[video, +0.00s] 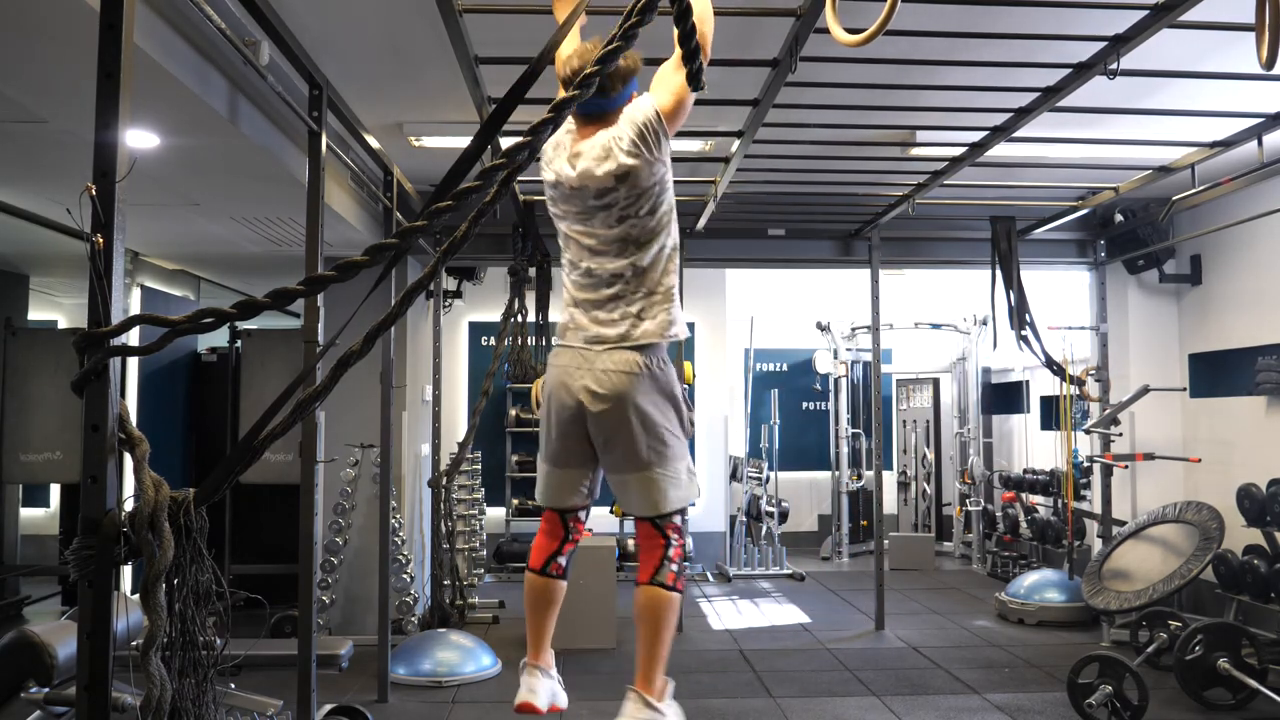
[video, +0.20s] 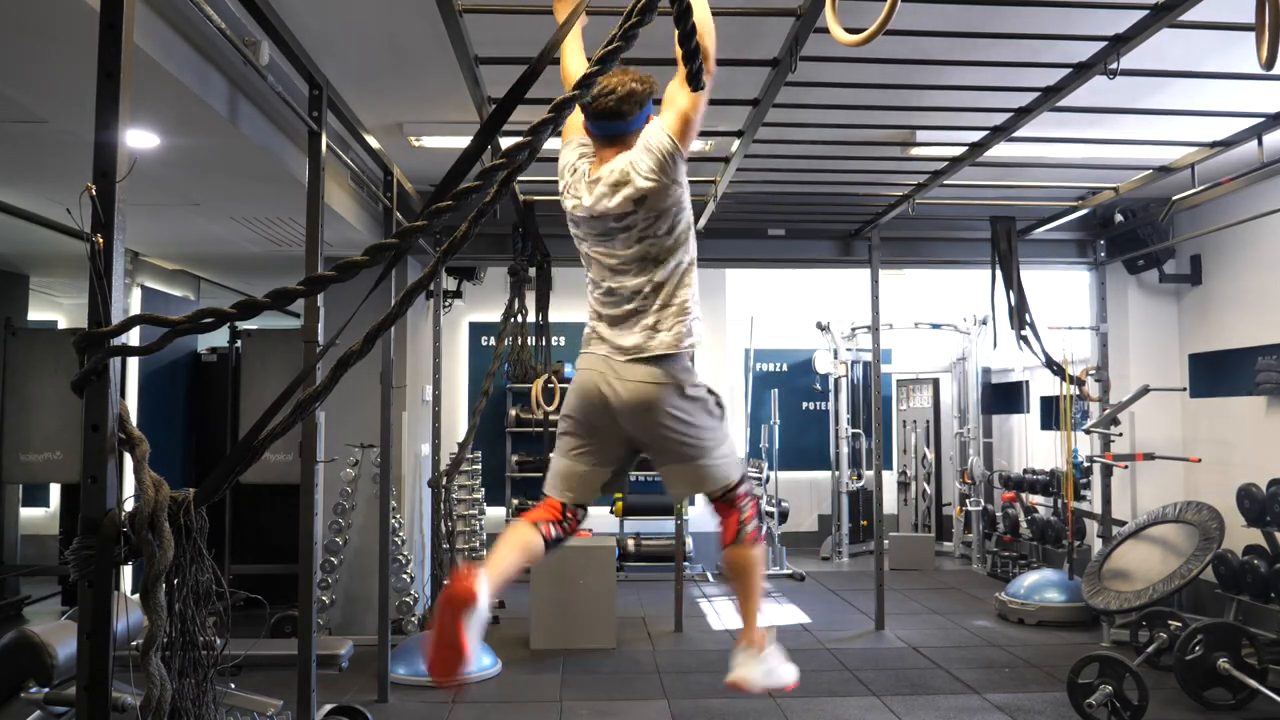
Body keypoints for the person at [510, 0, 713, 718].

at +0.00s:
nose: (644, 89)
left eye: (631, 80)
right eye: (638, 81)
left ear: (572, 95)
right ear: (628, 94)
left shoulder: (556, 156)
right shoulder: (641, 137)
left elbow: (569, 67)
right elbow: (697, 50)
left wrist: (570, 15)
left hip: (566, 364)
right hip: (633, 366)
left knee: (556, 524)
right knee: (661, 533)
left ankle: (537, 672)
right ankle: (648, 693)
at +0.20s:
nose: (660, 115)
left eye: (653, 109)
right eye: (653, 111)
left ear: (591, 124)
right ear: (642, 123)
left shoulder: (575, 171)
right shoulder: (657, 160)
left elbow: (577, 89)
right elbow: (700, 65)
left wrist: (569, 19)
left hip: (594, 371)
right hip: (660, 374)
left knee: (556, 511)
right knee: (739, 507)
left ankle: (478, 585)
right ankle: (754, 647)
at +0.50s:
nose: (667, 146)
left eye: (628, 138)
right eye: (671, 136)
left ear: (621, 142)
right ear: (676, 138)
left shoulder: (605, 181)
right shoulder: (703, 178)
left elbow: (586, 96)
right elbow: (704, 114)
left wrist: (571, 24)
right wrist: (684, 63)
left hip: (625, 363)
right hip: (695, 374)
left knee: (516, 409)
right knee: (676, 513)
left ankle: (471, 506)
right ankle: (699, 615)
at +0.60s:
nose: (684, 149)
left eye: (622, 142)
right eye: (677, 142)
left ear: (632, 149)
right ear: (677, 150)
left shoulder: (617, 185)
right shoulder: (700, 187)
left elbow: (589, 96)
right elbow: (695, 110)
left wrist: (572, 23)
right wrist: (687, 39)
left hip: (631, 362)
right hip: (690, 377)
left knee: (515, 413)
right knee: (633, 514)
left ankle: (428, 506)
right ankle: (596, 623)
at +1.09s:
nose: (622, 169)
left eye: (583, 160)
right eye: (618, 162)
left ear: (571, 167)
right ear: (621, 171)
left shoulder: (541, 201)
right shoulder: (635, 215)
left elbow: (527, 159)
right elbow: (664, 144)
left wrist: (568, 121)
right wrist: (681, 90)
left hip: (532, 370)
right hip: (594, 375)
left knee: (474, 427)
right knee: (631, 489)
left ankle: (457, 462)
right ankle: (653, 606)